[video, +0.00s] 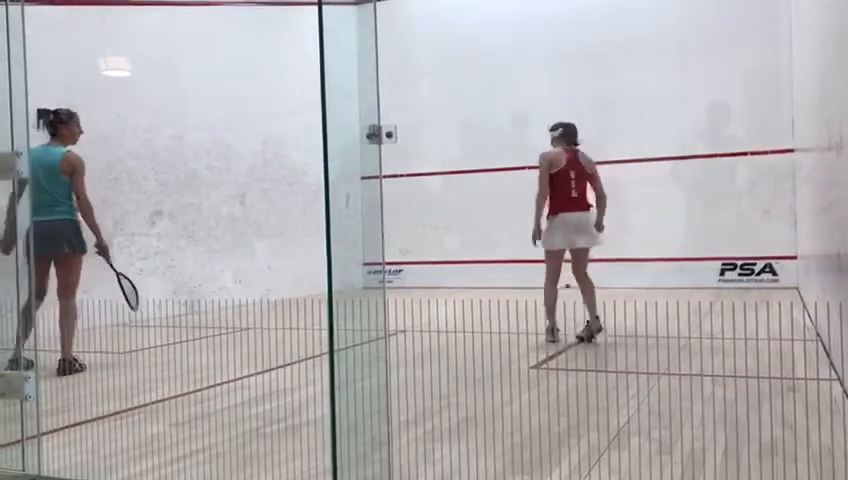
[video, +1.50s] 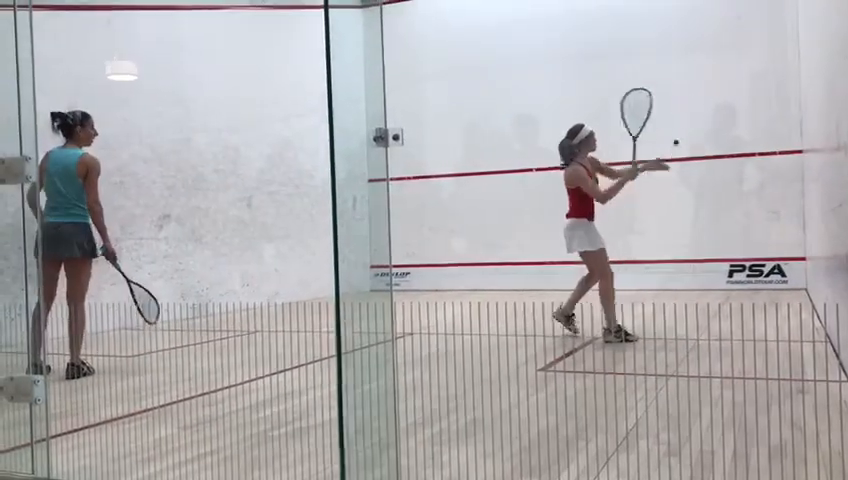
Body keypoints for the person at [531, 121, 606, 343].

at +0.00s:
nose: (551, 140)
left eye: (553, 137)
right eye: (552, 137)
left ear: (559, 137)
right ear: (573, 138)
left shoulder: (548, 157)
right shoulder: (585, 159)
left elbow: (543, 193)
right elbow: (600, 193)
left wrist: (537, 224)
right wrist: (600, 218)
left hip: (558, 219)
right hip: (584, 217)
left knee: (551, 277)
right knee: (580, 271)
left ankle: (551, 326)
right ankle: (594, 320)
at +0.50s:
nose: (571, 144)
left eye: (569, 140)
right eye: (570, 140)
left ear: (549, 139)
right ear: (566, 140)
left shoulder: (535, 161)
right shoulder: (574, 161)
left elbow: (528, 196)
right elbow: (585, 194)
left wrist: (546, 194)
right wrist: (601, 224)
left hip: (548, 222)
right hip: (572, 221)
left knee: (548, 279)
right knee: (583, 275)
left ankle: (553, 329)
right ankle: (582, 324)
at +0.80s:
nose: (581, 148)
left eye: (582, 144)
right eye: (579, 144)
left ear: (559, 143)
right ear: (572, 143)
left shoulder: (545, 164)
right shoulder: (579, 163)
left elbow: (549, 194)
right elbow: (591, 198)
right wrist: (614, 223)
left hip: (555, 224)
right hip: (578, 223)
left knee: (553, 277)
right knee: (596, 274)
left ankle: (554, 329)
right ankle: (606, 325)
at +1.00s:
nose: (596, 141)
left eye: (596, 136)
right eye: (592, 137)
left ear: (575, 141)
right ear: (580, 139)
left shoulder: (564, 164)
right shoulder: (586, 162)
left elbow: (575, 199)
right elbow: (603, 194)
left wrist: (596, 218)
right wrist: (635, 206)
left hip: (566, 222)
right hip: (586, 222)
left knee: (568, 276)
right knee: (603, 275)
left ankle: (557, 327)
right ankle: (608, 327)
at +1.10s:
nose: (601, 141)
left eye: (600, 137)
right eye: (598, 137)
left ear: (580, 141)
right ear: (589, 140)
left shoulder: (572, 165)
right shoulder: (589, 163)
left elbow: (593, 201)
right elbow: (605, 193)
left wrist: (618, 219)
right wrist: (646, 197)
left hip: (573, 224)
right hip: (590, 224)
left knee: (581, 276)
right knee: (608, 276)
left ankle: (560, 322)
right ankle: (609, 326)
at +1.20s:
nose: (603, 139)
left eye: (601, 135)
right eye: (599, 136)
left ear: (585, 143)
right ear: (589, 142)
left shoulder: (578, 167)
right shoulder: (588, 166)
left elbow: (611, 194)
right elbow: (609, 195)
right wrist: (638, 210)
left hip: (577, 225)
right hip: (590, 225)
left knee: (595, 273)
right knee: (612, 274)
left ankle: (566, 311)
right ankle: (611, 326)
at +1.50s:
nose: (595, 140)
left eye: (593, 137)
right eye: (592, 138)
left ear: (580, 144)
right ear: (582, 144)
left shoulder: (589, 162)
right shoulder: (575, 171)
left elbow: (615, 173)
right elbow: (601, 198)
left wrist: (648, 166)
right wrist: (625, 178)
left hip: (582, 226)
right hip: (580, 227)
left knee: (595, 273)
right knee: (605, 275)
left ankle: (565, 311)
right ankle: (612, 328)